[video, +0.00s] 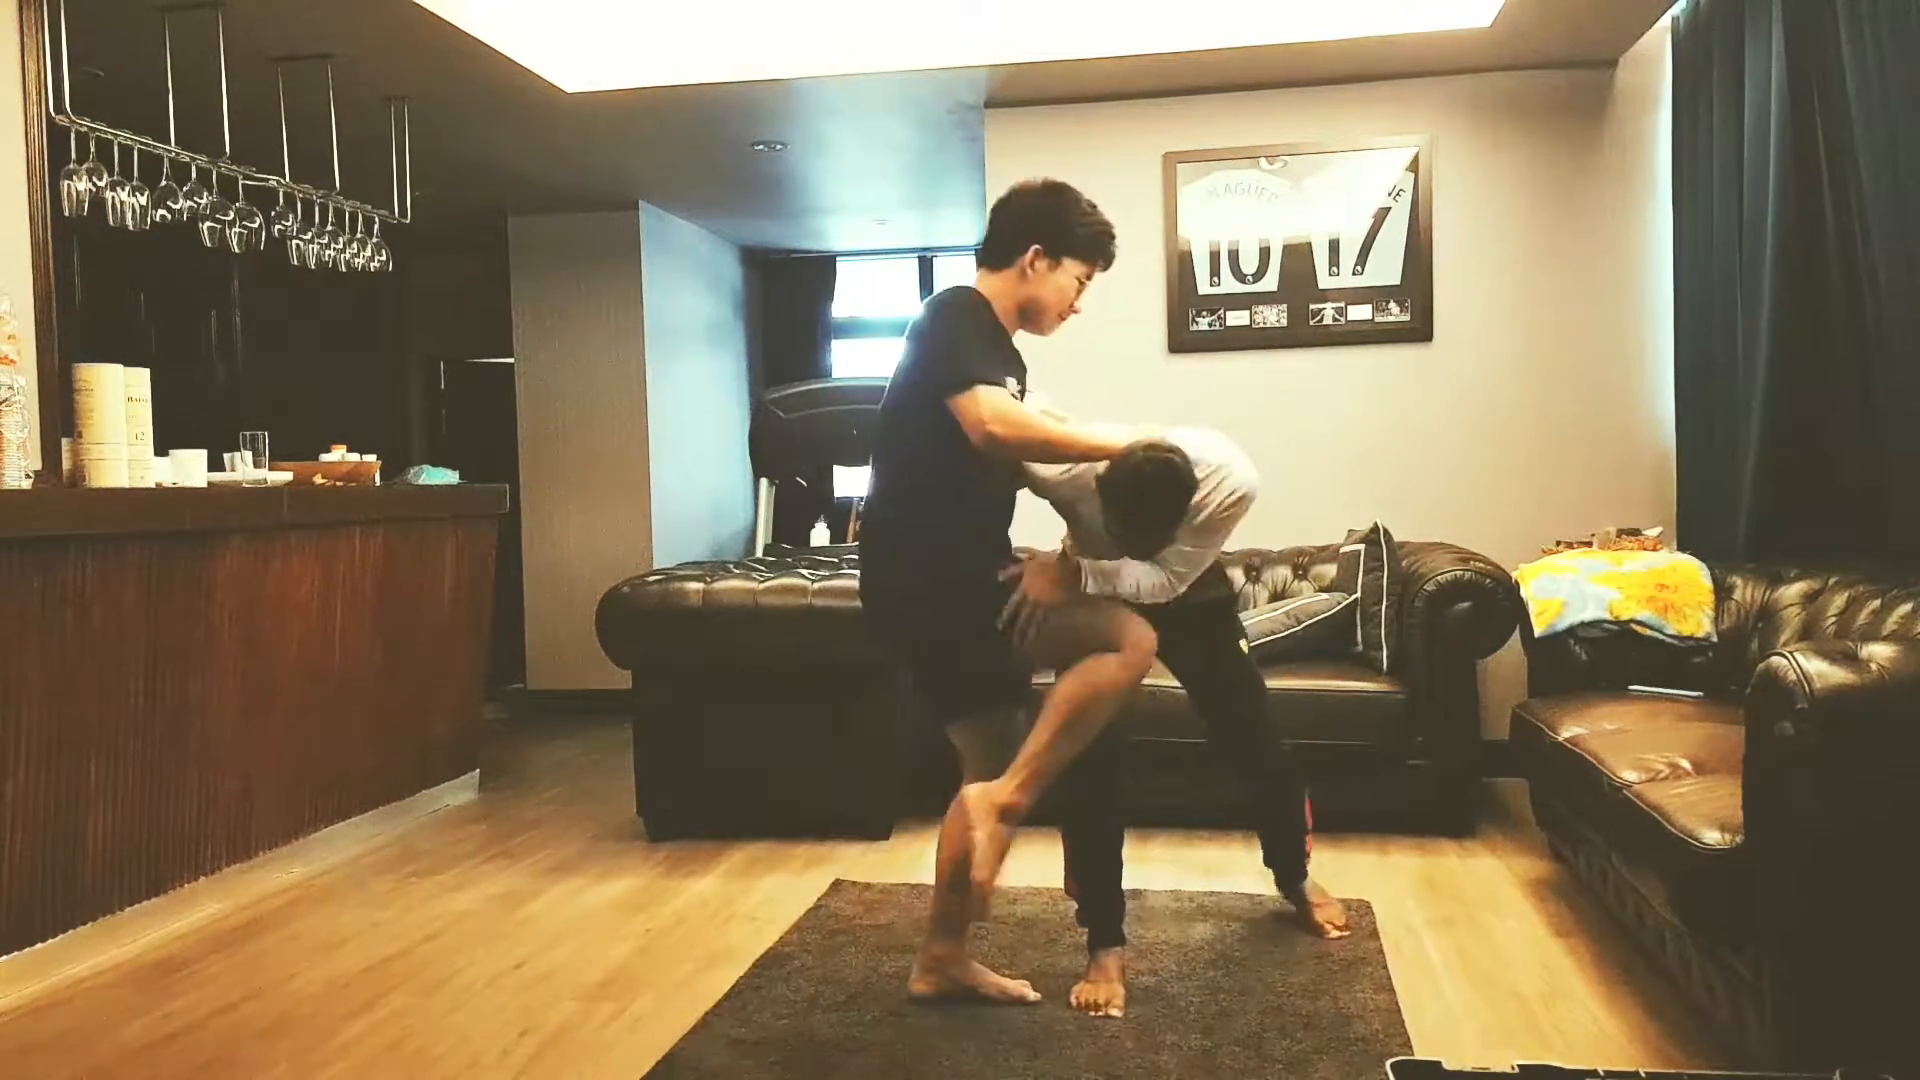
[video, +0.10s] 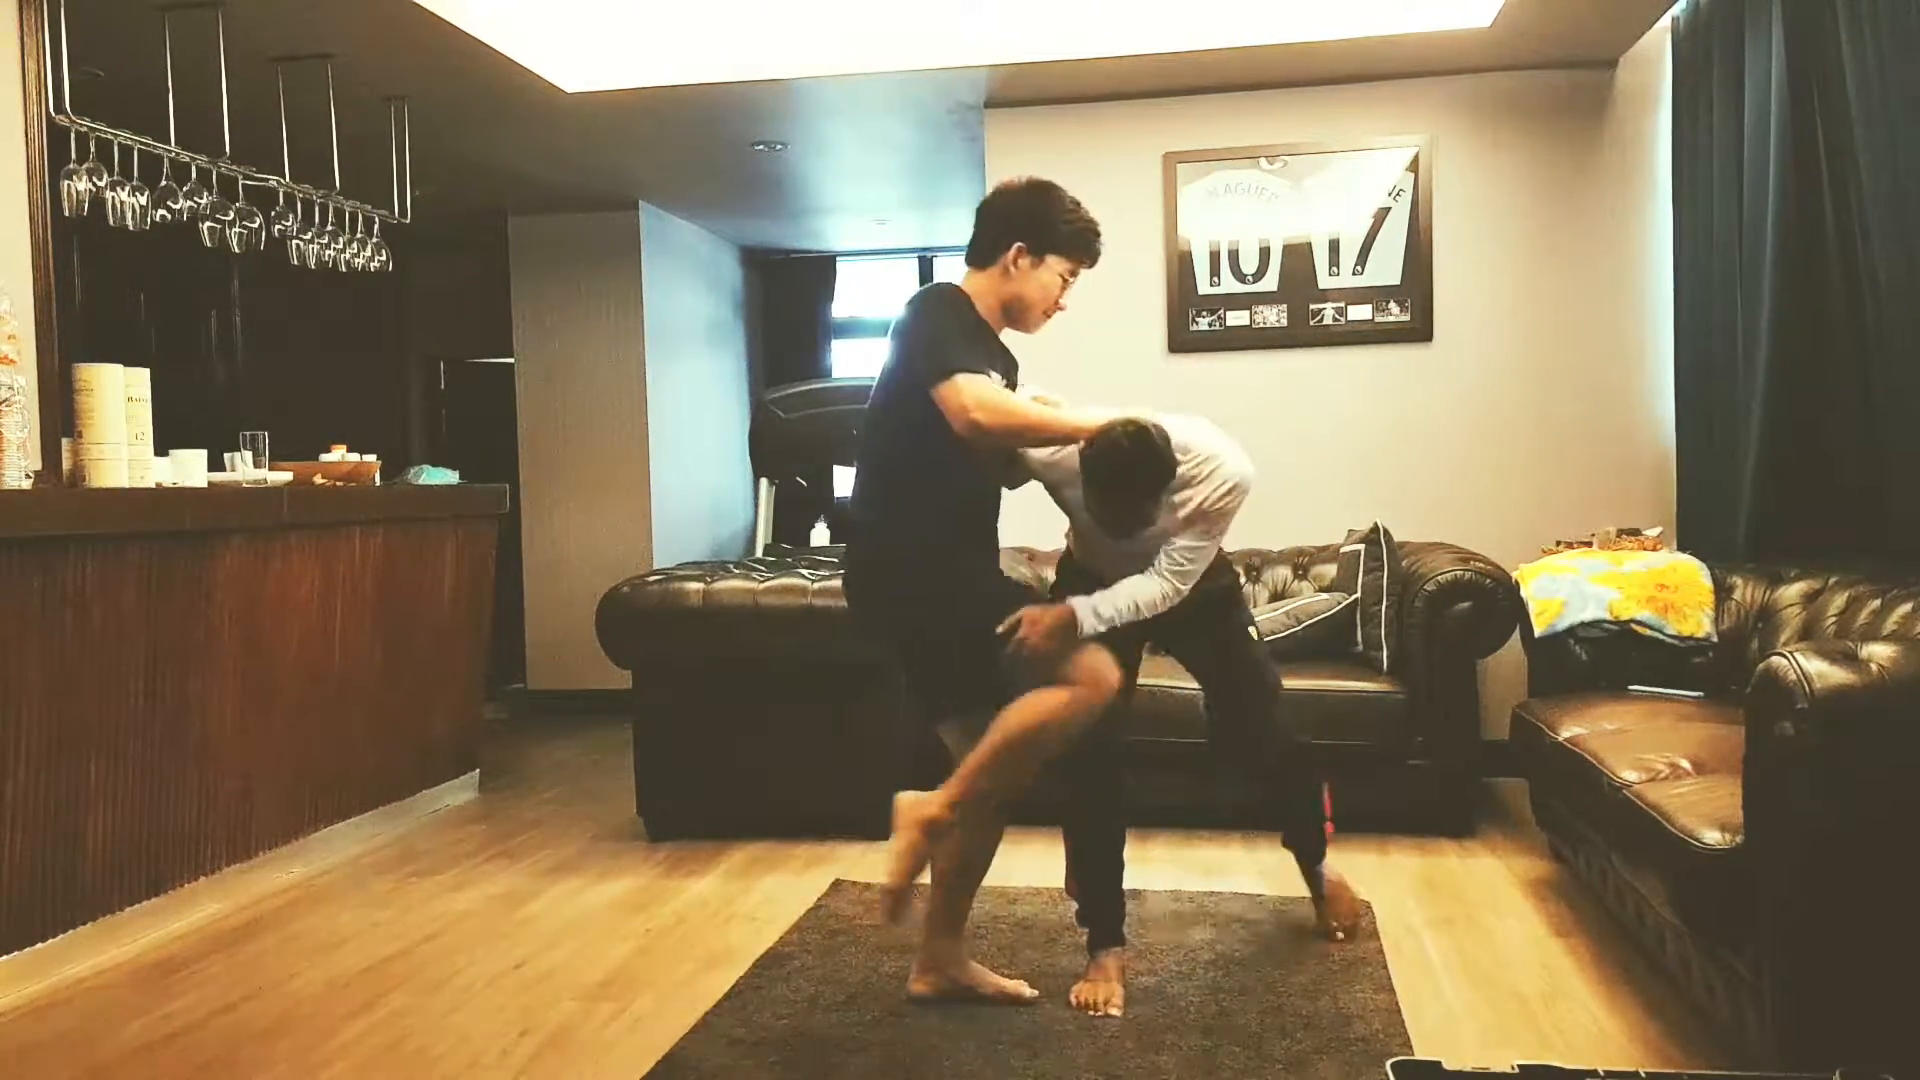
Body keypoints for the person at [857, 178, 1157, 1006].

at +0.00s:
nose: (1078, 302)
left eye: (1085, 287)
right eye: (1078, 282)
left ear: (1029, 263)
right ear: (1032, 259)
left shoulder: (990, 344)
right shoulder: (963, 312)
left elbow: (994, 460)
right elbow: (988, 421)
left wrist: (1079, 487)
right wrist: (1112, 446)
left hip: (939, 571)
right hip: (937, 572)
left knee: (991, 768)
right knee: (1129, 639)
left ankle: (945, 959)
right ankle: (1007, 796)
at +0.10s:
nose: (1064, 299)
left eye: (1072, 283)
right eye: (1063, 277)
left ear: (1016, 261)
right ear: (1016, 257)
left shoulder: (990, 356)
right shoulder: (943, 309)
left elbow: (1003, 467)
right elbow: (969, 408)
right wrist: (1086, 425)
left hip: (947, 571)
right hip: (913, 567)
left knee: (989, 763)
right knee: (1092, 676)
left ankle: (941, 960)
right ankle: (935, 810)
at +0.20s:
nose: (1050, 292)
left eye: (1055, 276)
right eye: (1047, 270)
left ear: (1000, 256)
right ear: (999, 248)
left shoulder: (981, 350)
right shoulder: (927, 301)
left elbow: (997, 465)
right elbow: (964, 393)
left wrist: (1053, 434)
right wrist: (1085, 403)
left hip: (944, 564)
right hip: (896, 561)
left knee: (977, 749)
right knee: (1024, 731)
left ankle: (940, 954)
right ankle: (851, 824)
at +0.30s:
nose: (1037, 284)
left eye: (1042, 269)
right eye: (1033, 262)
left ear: (988, 248)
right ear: (983, 239)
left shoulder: (968, 330)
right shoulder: (911, 292)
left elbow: (983, 449)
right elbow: (965, 375)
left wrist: (1017, 427)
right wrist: (1071, 371)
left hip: (941, 568)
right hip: (880, 567)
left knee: (968, 752)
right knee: (919, 779)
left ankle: (939, 954)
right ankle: (787, 830)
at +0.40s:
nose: (1022, 281)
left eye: (1028, 267)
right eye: (1018, 259)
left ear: (972, 248)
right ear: (968, 238)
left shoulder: (963, 334)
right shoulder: (893, 287)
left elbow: (980, 454)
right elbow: (955, 356)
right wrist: (1060, 334)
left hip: (926, 566)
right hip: (852, 563)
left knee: (948, 746)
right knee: (863, 777)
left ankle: (936, 955)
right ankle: (771, 819)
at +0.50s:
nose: (1005, 286)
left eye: (1011, 271)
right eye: (1000, 265)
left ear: (957, 258)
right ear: (950, 248)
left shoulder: (959, 357)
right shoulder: (877, 294)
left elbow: (999, 468)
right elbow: (959, 336)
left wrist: (1028, 410)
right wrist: (1059, 302)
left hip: (908, 570)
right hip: (835, 565)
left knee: (939, 747)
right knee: (830, 755)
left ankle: (937, 956)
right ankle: (769, 855)